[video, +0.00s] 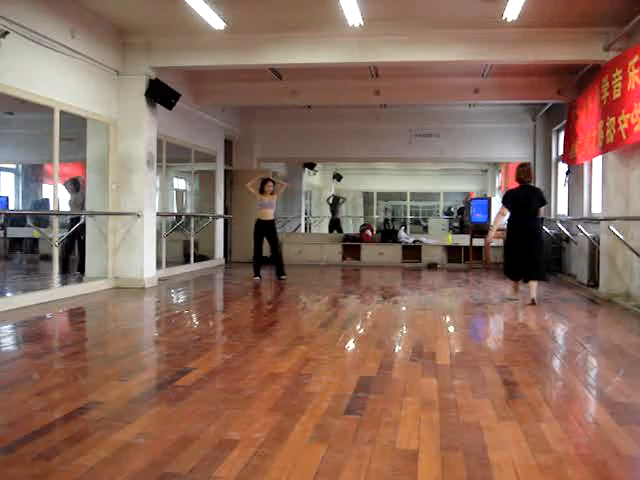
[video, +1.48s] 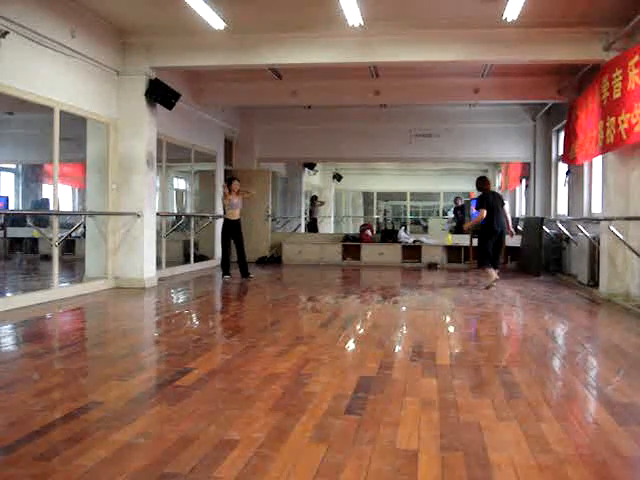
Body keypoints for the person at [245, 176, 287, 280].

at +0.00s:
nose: (270, 188)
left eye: (271, 186)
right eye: (267, 186)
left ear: (273, 187)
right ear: (263, 187)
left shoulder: (274, 196)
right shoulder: (259, 196)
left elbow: (285, 185)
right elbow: (248, 186)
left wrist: (275, 181)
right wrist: (257, 178)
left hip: (270, 222)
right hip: (260, 222)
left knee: (275, 248)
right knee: (257, 249)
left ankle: (280, 273)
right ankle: (257, 273)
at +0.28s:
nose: (264, 188)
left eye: (265, 186)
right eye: (261, 186)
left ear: (265, 188)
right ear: (257, 187)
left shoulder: (265, 197)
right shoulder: (252, 197)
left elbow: (273, 185)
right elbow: (245, 186)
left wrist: (268, 182)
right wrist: (252, 178)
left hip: (262, 221)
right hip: (254, 221)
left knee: (259, 249)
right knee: (255, 249)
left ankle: (249, 271)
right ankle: (255, 272)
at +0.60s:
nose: (257, 190)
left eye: (258, 188)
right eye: (255, 187)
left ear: (258, 189)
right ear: (251, 188)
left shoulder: (256, 197)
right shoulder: (245, 197)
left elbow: (265, 186)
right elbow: (242, 186)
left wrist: (258, 182)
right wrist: (248, 178)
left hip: (252, 222)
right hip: (245, 221)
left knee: (248, 248)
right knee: (246, 248)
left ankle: (248, 272)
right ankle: (248, 272)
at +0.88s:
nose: (251, 189)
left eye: (252, 186)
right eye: (249, 186)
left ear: (253, 188)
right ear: (245, 187)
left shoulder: (251, 196)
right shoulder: (240, 197)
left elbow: (259, 184)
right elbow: (236, 185)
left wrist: (253, 180)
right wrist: (242, 178)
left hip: (248, 221)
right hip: (240, 220)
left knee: (245, 249)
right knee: (236, 248)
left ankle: (245, 273)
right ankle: (231, 272)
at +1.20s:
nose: (242, 188)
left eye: (243, 185)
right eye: (239, 185)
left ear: (244, 187)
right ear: (235, 187)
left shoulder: (243, 196)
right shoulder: (230, 196)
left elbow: (252, 185)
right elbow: (226, 184)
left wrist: (244, 182)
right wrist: (233, 178)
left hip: (241, 220)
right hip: (231, 221)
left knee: (242, 249)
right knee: (228, 248)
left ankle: (244, 273)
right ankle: (226, 272)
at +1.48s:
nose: (236, 187)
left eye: (238, 185)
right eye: (234, 184)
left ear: (239, 186)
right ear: (230, 186)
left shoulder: (239, 196)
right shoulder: (227, 196)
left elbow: (251, 194)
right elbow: (226, 200)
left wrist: (243, 192)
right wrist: (226, 192)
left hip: (237, 221)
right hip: (228, 221)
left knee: (240, 248)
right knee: (226, 249)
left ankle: (245, 272)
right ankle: (226, 272)